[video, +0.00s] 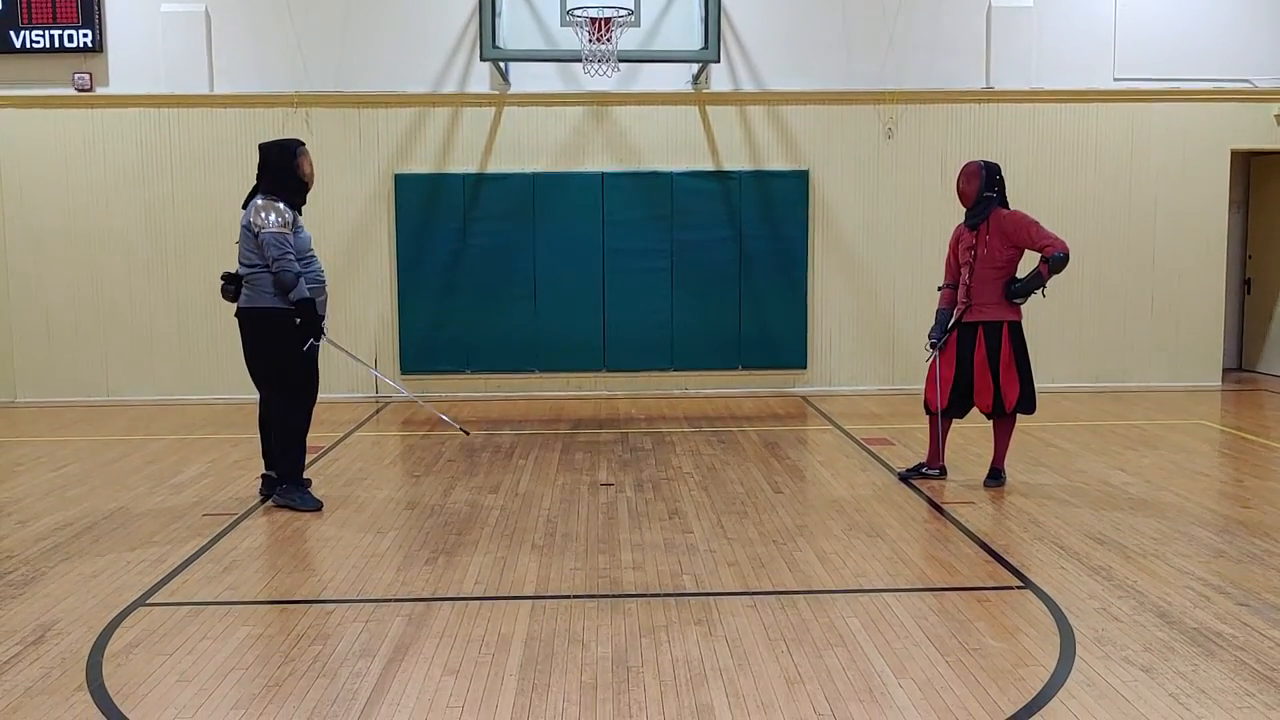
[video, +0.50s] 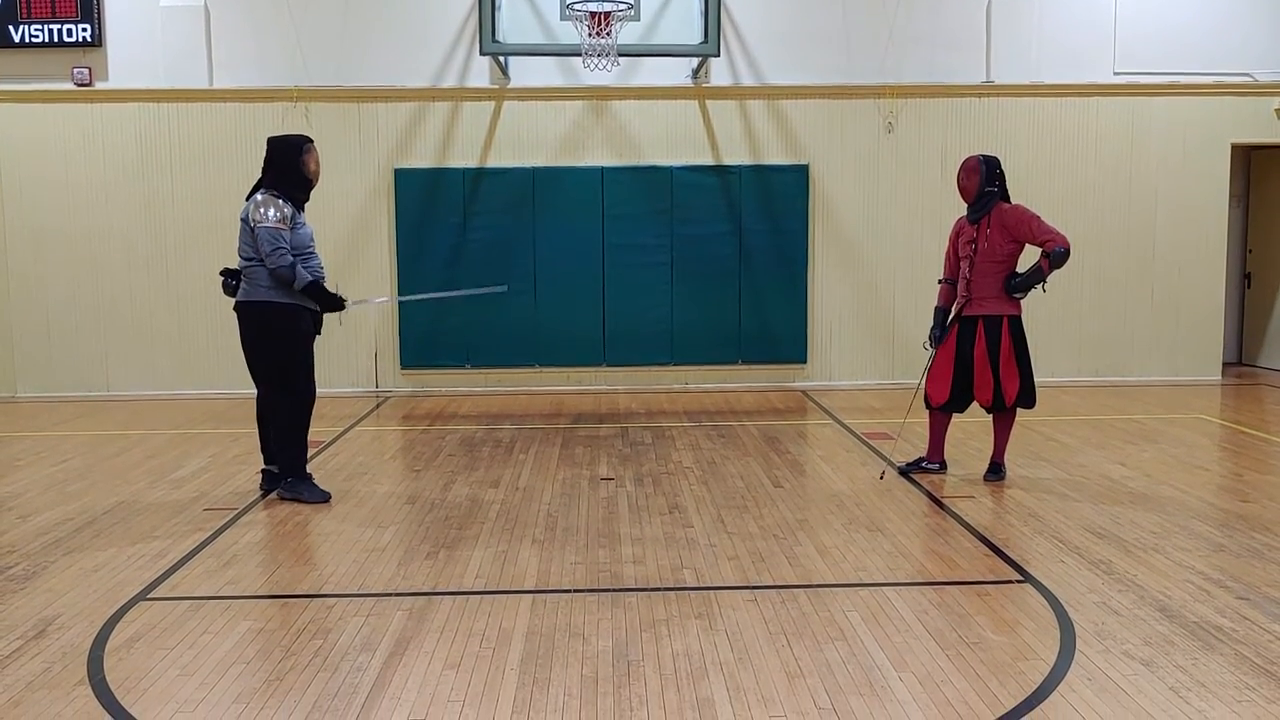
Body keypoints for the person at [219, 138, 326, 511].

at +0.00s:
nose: (312, 170)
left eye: (310, 163)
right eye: (307, 163)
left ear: (282, 167)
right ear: (287, 166)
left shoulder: (272, 205)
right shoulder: (270, 207)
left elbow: (267, 263)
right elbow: (283, 263)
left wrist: (244, 281)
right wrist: (306, 309)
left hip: (273, 313)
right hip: (274, 315)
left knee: (279, 394)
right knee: (294, 394)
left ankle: (277, 477)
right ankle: (285, 482)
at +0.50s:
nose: (318, 168)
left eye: (317, 160)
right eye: (313, 160)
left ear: (290, 162)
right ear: (294, 161)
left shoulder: (282, 202)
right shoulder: (268, 202)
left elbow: (292, 260)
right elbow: (279, 263)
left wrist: (318, 291)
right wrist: (318, 292)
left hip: (280, 309)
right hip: (271, 310)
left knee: (278, 391)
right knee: (293, 392)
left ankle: (276, 471)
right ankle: (292, 477)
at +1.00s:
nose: (324, 161)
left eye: (323, 153)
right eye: (320, 154)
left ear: (294, 157)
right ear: (301, 156)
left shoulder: (282, 194)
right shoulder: (281, 197)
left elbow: (286, 253)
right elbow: (317, 237)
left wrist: (256, 272)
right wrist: (365, 232)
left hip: (282, 301)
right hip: (287, 303)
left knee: (282, 379)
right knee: (309, 385)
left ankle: (276, 461)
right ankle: (334, 466)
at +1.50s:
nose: (341, 152)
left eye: (339, 144)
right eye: (335, 145)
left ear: (308, 151)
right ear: (317, 150)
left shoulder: (293, 188)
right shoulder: (303, 191)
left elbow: (288, 243)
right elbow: (337, 234)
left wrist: (269, 264)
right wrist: (364, 206)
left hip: (296, 292)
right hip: (311, 295)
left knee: (296, 372)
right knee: (330, 377)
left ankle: (279, 456)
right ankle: (336, 463)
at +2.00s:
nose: (353, 157)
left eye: (353, 149)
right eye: (348, 149)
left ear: (323, 151)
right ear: (330, 151)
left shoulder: (308, 186)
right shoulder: (304, 189)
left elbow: (292, 238)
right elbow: (332, 237)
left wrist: (270, 257)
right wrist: (365, 209)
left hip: (303, 292)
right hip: (309, 294)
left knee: (303, 370)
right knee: (332, 376)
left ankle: (284, 451)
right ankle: (341, 460)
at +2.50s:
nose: (328, 178)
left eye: (329, 170)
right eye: (326, 169)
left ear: (298, 165)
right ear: (306, 166)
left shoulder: (281, 196)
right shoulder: (265, 192)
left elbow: (264, 246)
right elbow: (284, 244)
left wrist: (228, 259)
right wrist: (319, 213)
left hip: (273, 293)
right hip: (252, 293)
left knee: (299, 362)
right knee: (299, 361)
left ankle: (282, 442)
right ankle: (267, 442)